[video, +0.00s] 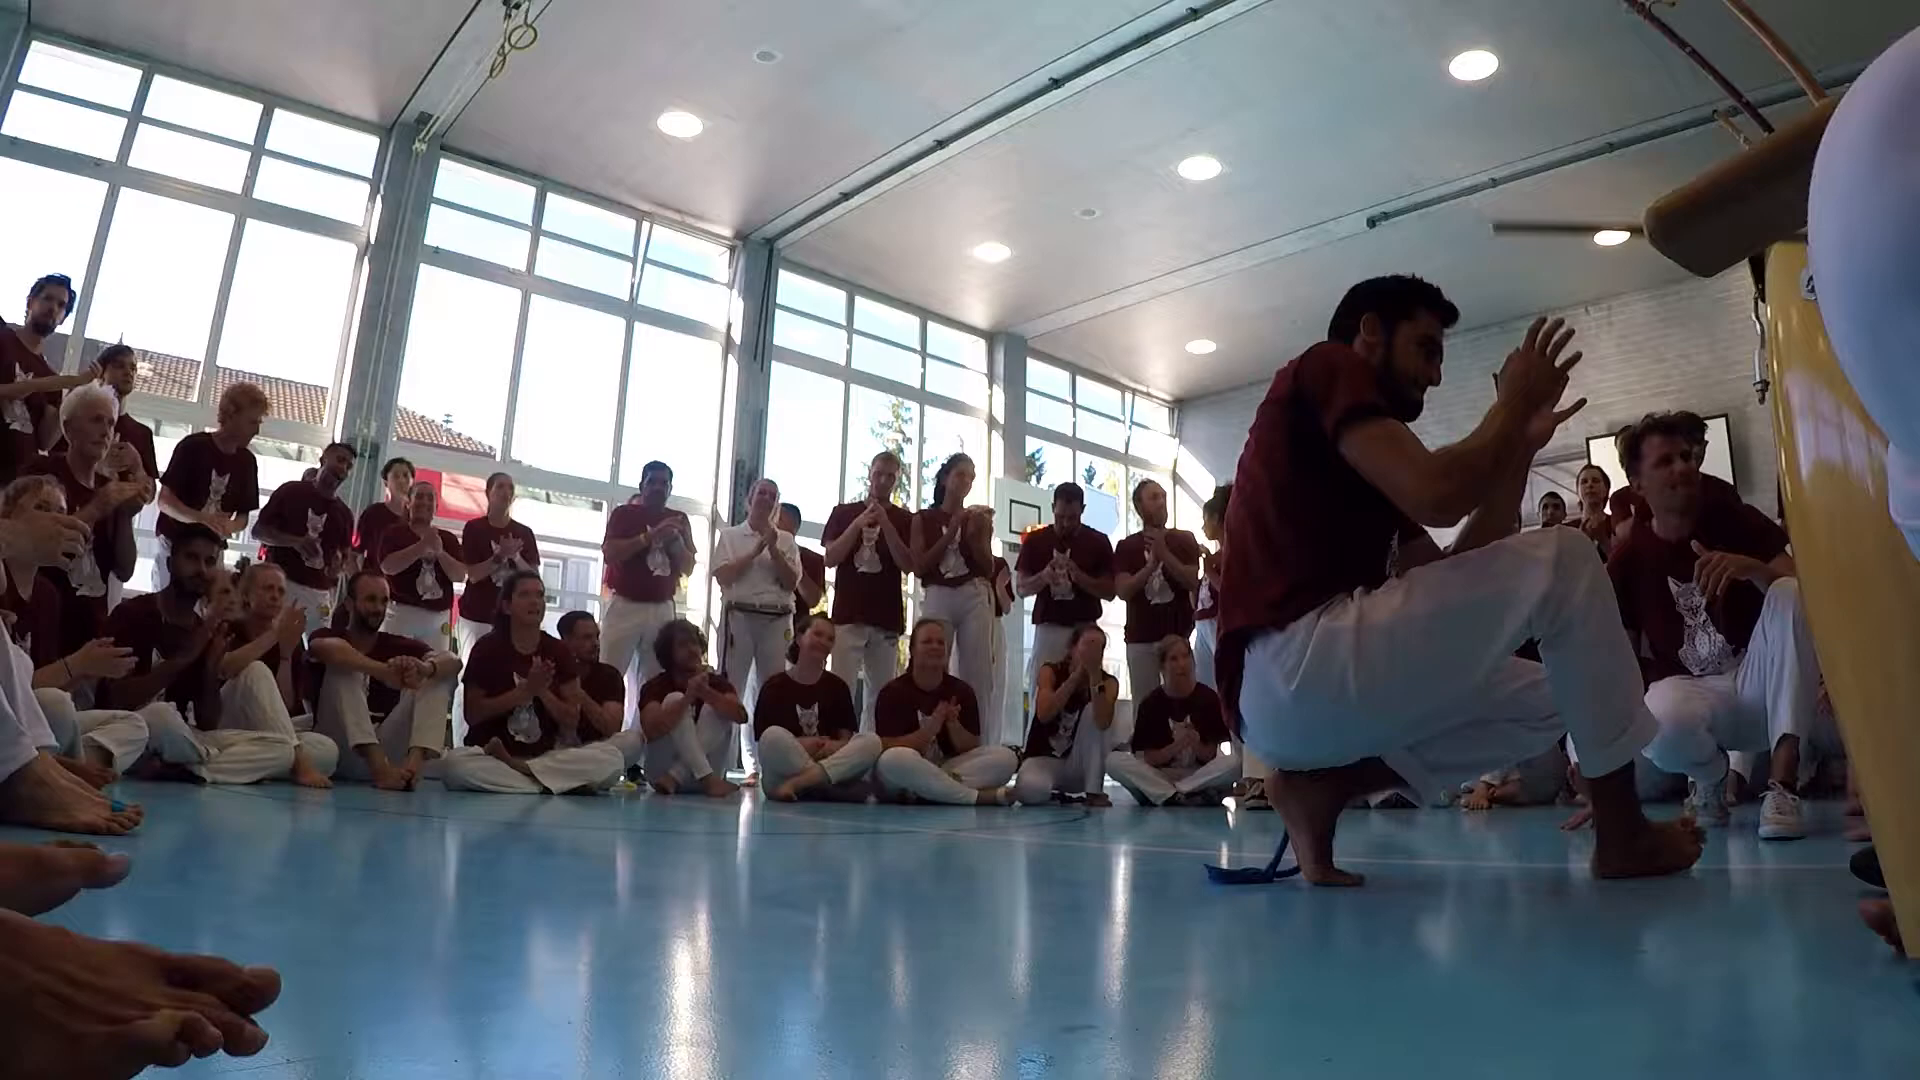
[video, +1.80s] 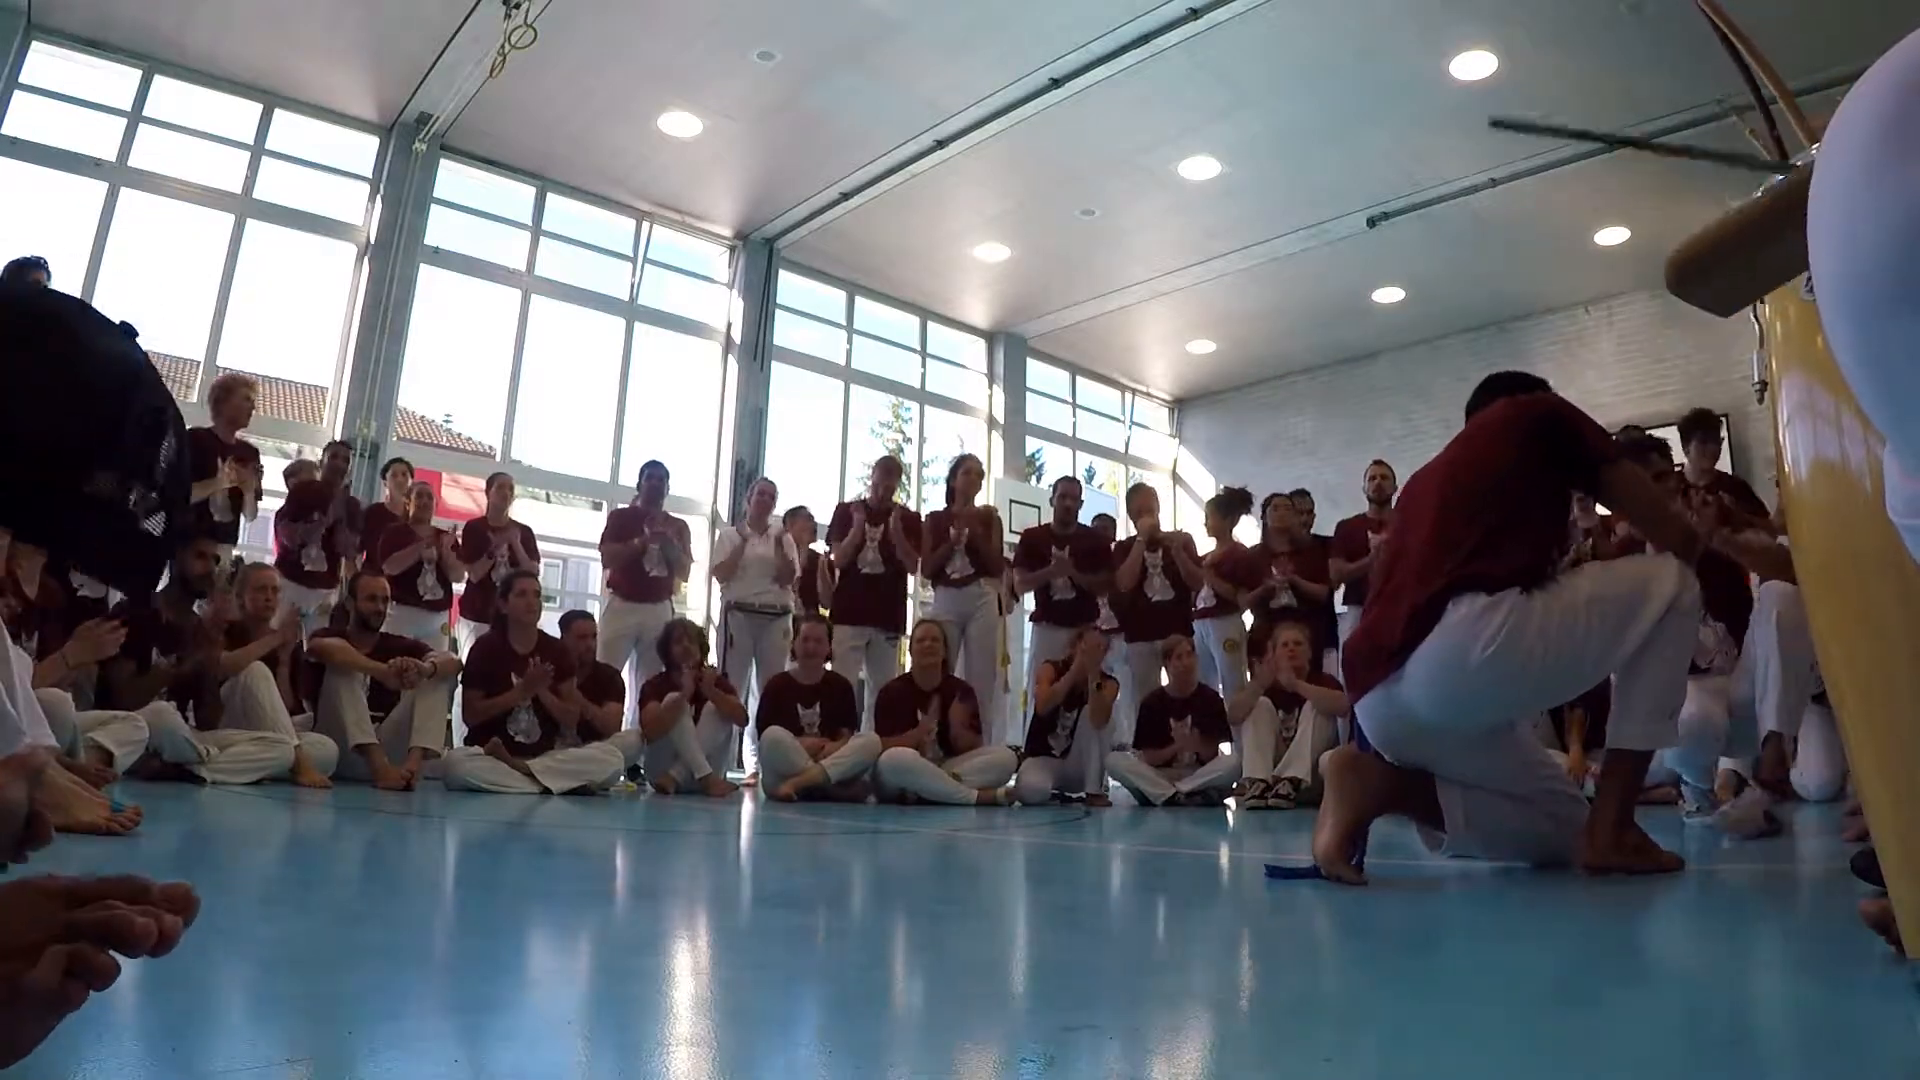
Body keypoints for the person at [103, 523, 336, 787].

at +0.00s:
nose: (202, 570)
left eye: (210, 562)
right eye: (191, 558)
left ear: (218, 569)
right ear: (171, 560)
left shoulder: (206, 627)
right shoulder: (134, 612)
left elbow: (208, 721)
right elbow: (119, 699)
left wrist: (211, 665)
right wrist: (188, 654)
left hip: (189, 737)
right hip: (136, 737)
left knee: (285, 752)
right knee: (161, 714)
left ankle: (185, 771)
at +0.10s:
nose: (201, 570)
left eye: (210, 562)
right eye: (191, 559)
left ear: (219, 569)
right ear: (171, 561)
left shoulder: (207, 626)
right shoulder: (133, 613)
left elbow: (208, 720)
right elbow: (121, 701)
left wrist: (217, 646)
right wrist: (191, 642)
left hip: (193, 736)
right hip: (140, 736)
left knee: (285, 752)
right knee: (160, 714)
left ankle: (184, 772)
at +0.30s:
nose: (273, 596)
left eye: (279, 591)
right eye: (265, 589)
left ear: (284, 598)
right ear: (244, 594)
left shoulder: (286, 636)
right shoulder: (225, 629)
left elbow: (289, 703)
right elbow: (224, 669)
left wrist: (284, 657)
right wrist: (276, 636)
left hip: (269, 731)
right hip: (226, 723)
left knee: (327, 751)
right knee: (256, 671)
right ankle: (299, 761)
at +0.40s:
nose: (203, 575)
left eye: (211, 567)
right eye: (193, 564)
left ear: (219, 573)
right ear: (173, 564)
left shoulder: (203, 628)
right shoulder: (135, 612)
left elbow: (208, 721)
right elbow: (122, 697)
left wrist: (212, 658)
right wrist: (192, 656)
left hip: (188, 737)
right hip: (139, 739)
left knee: (284, 751)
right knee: (160, 714)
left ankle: (188, 771)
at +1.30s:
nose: (212, 574)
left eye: (218, 566)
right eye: (202, 563)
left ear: (224, 574)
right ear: (176, 562)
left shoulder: (208, 632)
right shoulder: (139, 610)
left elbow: (208, 719)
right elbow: (132, 697)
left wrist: (220, 672)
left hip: (184, 735)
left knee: (282, 751)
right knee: (160, 714)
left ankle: (189, 772)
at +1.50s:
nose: (268, 597)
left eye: (273, 590)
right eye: (259, 590)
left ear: (279, 595)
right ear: (241, 595)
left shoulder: (286, 639)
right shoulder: (223, 630)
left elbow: (291, 710)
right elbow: (222, 668)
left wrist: (283, 663)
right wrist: (278, 637)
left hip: (272, 731)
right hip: (225, 724)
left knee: (327, 751)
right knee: (255, 672)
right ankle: (298, 762)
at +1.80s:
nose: (269, 597)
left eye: (274, 591)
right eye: (260, 590)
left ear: (280, 596)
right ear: (241, 595)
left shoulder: (286, 642)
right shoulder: (225, 631)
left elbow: (289, 708)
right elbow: (222, 668)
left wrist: (284, 658)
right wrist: (278, 638)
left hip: (271, 731)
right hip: (225, 724)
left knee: (327, 751)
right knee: (255, 672)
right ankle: (298, 762)